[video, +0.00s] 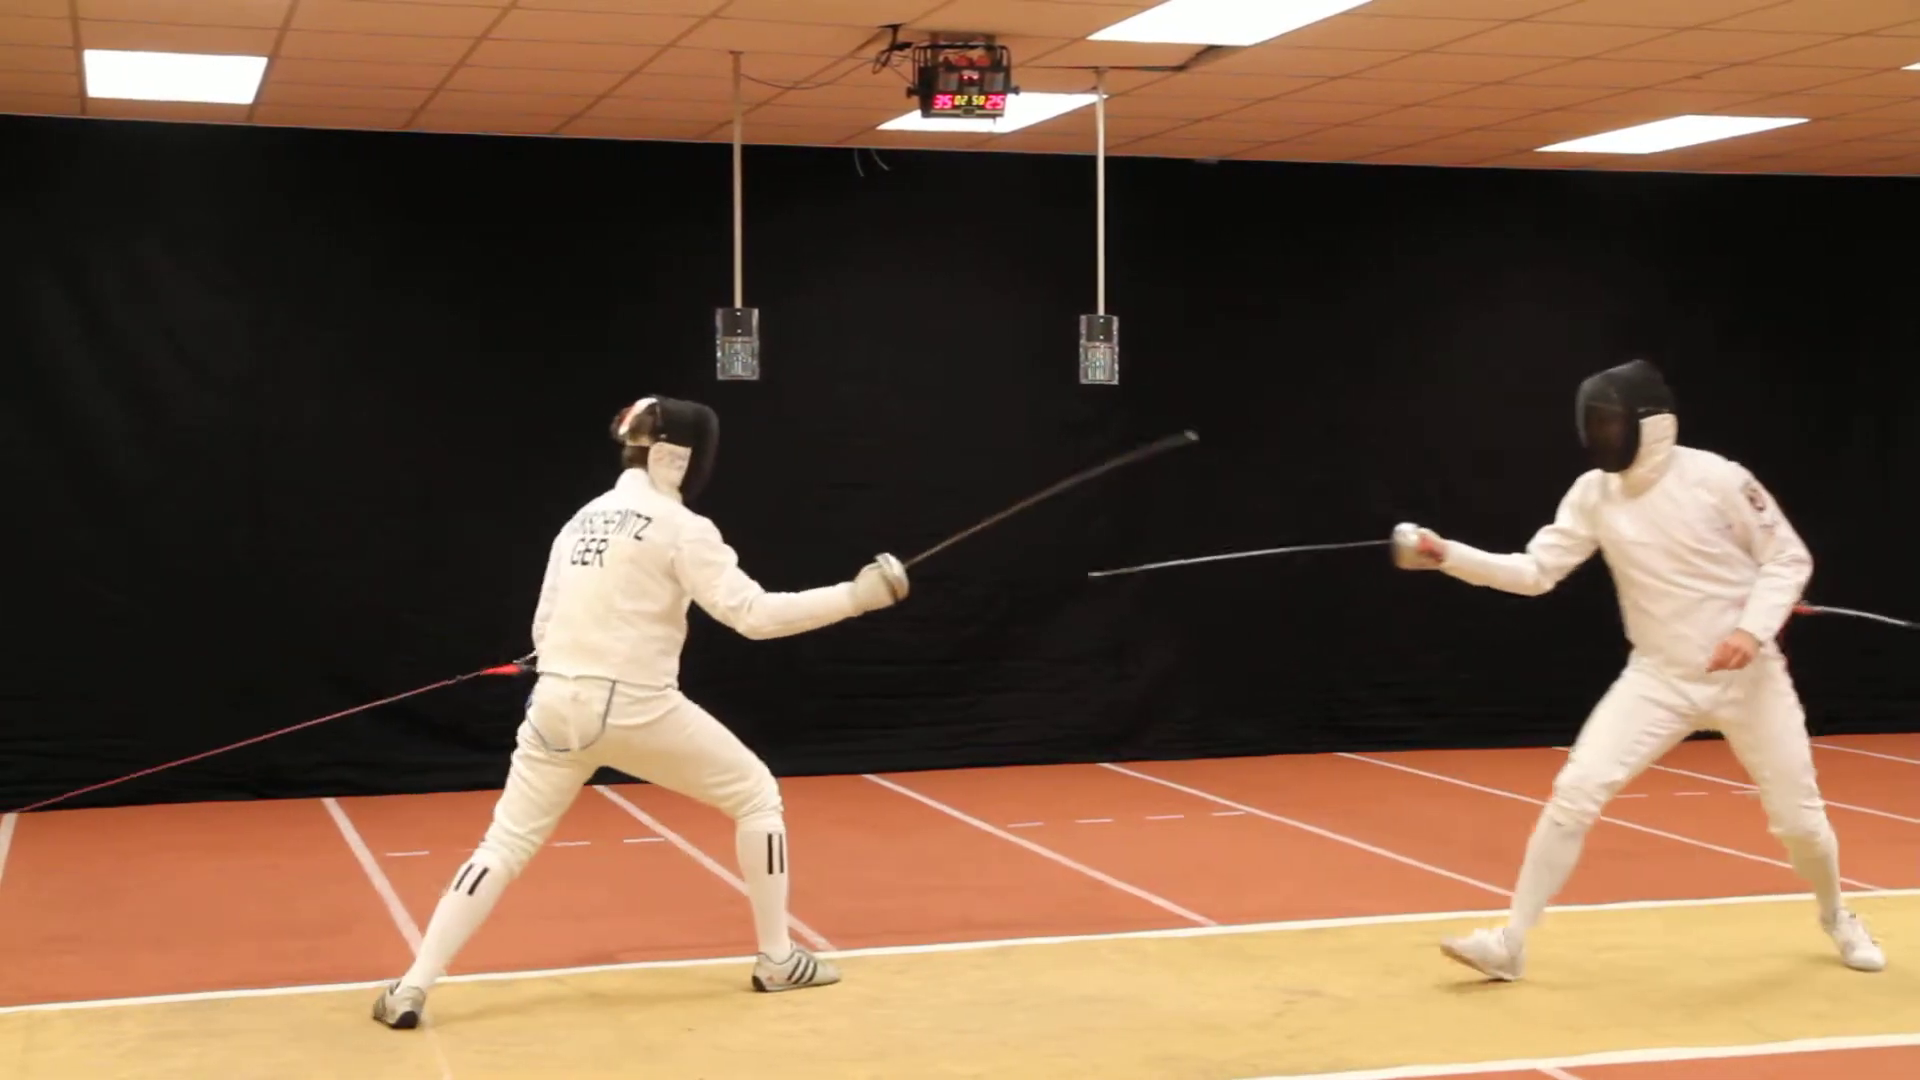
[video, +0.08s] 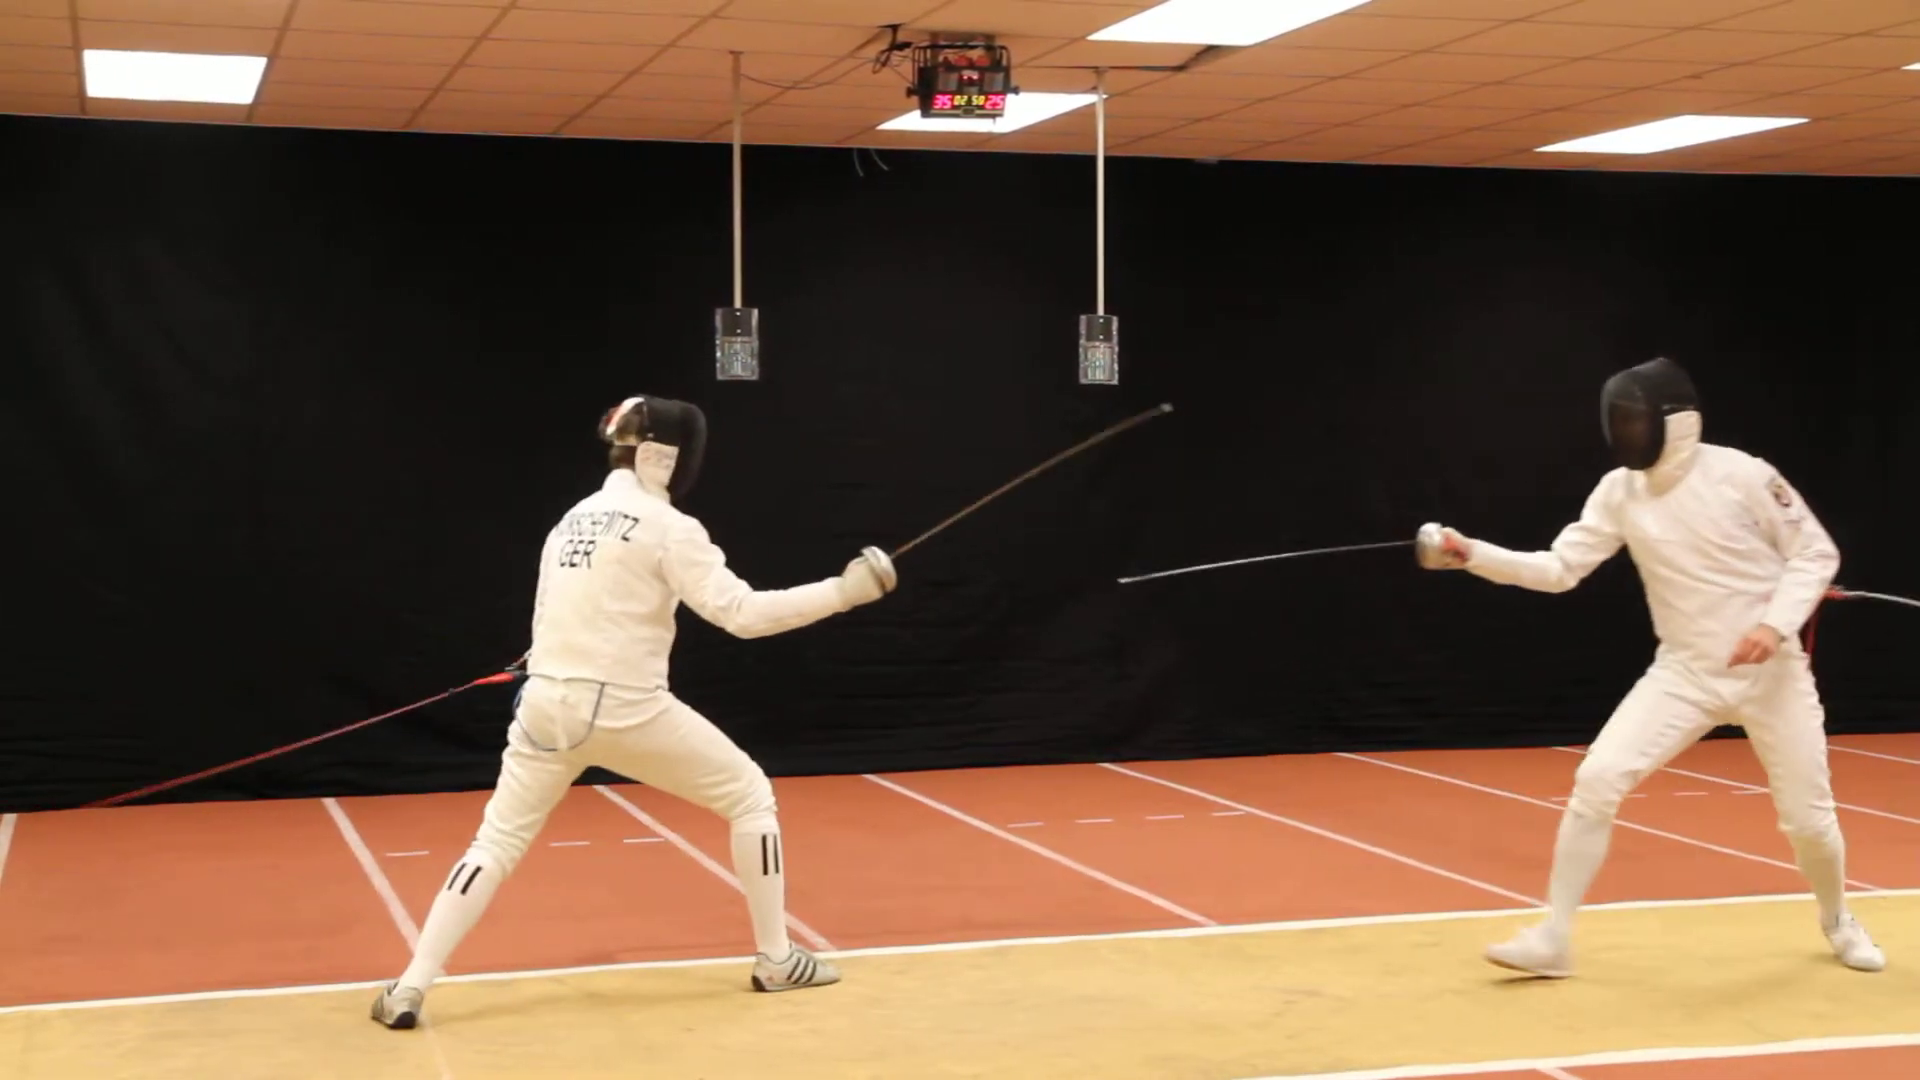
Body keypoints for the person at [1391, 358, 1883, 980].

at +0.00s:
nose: (1596, 436)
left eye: (1608, 422)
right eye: (1591, 423)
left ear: (1648, 423)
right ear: (1590, 429)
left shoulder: (1720, 481)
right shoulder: (1594, 496)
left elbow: (1789, 560)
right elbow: (1535, 572)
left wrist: (1751, 629)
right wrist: (1443, 554)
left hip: (1749, 678)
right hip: (1656, 680)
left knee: (1803, 826)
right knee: (1574, 793)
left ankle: (1836, 916)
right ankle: (1510, 939)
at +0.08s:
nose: (1617, 433)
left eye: (1630, 420)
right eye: (1614, 421)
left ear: (1675, 421)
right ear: (1618, 423)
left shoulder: (1743, 477)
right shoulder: (1619, 493)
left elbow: (1816, 555)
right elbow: (1559, 569)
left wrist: (1774, 626)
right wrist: (1468, 553)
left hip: (1772, 673)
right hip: (1682, 674)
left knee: (1811, 822)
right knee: (1596, 782)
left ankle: (1837, 921)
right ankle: (1553, 937)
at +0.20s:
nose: (1649, 428)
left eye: (1661, 415)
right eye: (1645, 416)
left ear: (1702, 415)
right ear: (1644, 419)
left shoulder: (1763, 475)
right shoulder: (1639, 490)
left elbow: (1838, 550)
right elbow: (1576, 564)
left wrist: (1799, 624)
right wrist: (1488, 546)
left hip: (1784, 674)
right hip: (1696, 672)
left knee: (1816, 823)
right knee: (1619, 782)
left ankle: (1838, 923)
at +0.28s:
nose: (1651, 427)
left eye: (1664, 414)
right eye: (1648, 414)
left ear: (1704, 414)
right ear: (1649, 417)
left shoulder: (1766, 475)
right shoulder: (1641, 488)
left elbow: (1838, 551)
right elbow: (1578, 561)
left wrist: (1805, 627)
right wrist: (1490, 541)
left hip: (1785, 672)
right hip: (1698, 671)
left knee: (1819, 822)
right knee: (1616, 771)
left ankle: (1836, 923)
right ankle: (1650, 918)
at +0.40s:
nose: (1643, 427)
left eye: (1656, 414)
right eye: (1640, 415)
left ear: (1697, 415)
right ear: (1640, 417)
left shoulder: (1760, 476)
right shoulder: (1634, 488)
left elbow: (1828, 552)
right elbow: (1570, 562)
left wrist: (1797, 631)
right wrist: (1482, 539)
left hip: (1777, 672)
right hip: (1689, 668)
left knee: (1813, 821)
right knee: (1605, 767)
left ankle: (1833, 924)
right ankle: (1580, 924)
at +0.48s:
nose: (1626, 428)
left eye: (1640, 415)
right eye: (1623, 416)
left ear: (1681, 416)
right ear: (1625, 420)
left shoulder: (1748, 476)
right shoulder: (1619, 488)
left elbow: (1814, 553)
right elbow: (1547, 550)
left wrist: (1783, 634)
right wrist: (1453, 546)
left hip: (1764, 674)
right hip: (1674, 671)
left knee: (1808, 820)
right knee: (1592, 786)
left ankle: (1831, 924)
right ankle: (1534, 936)